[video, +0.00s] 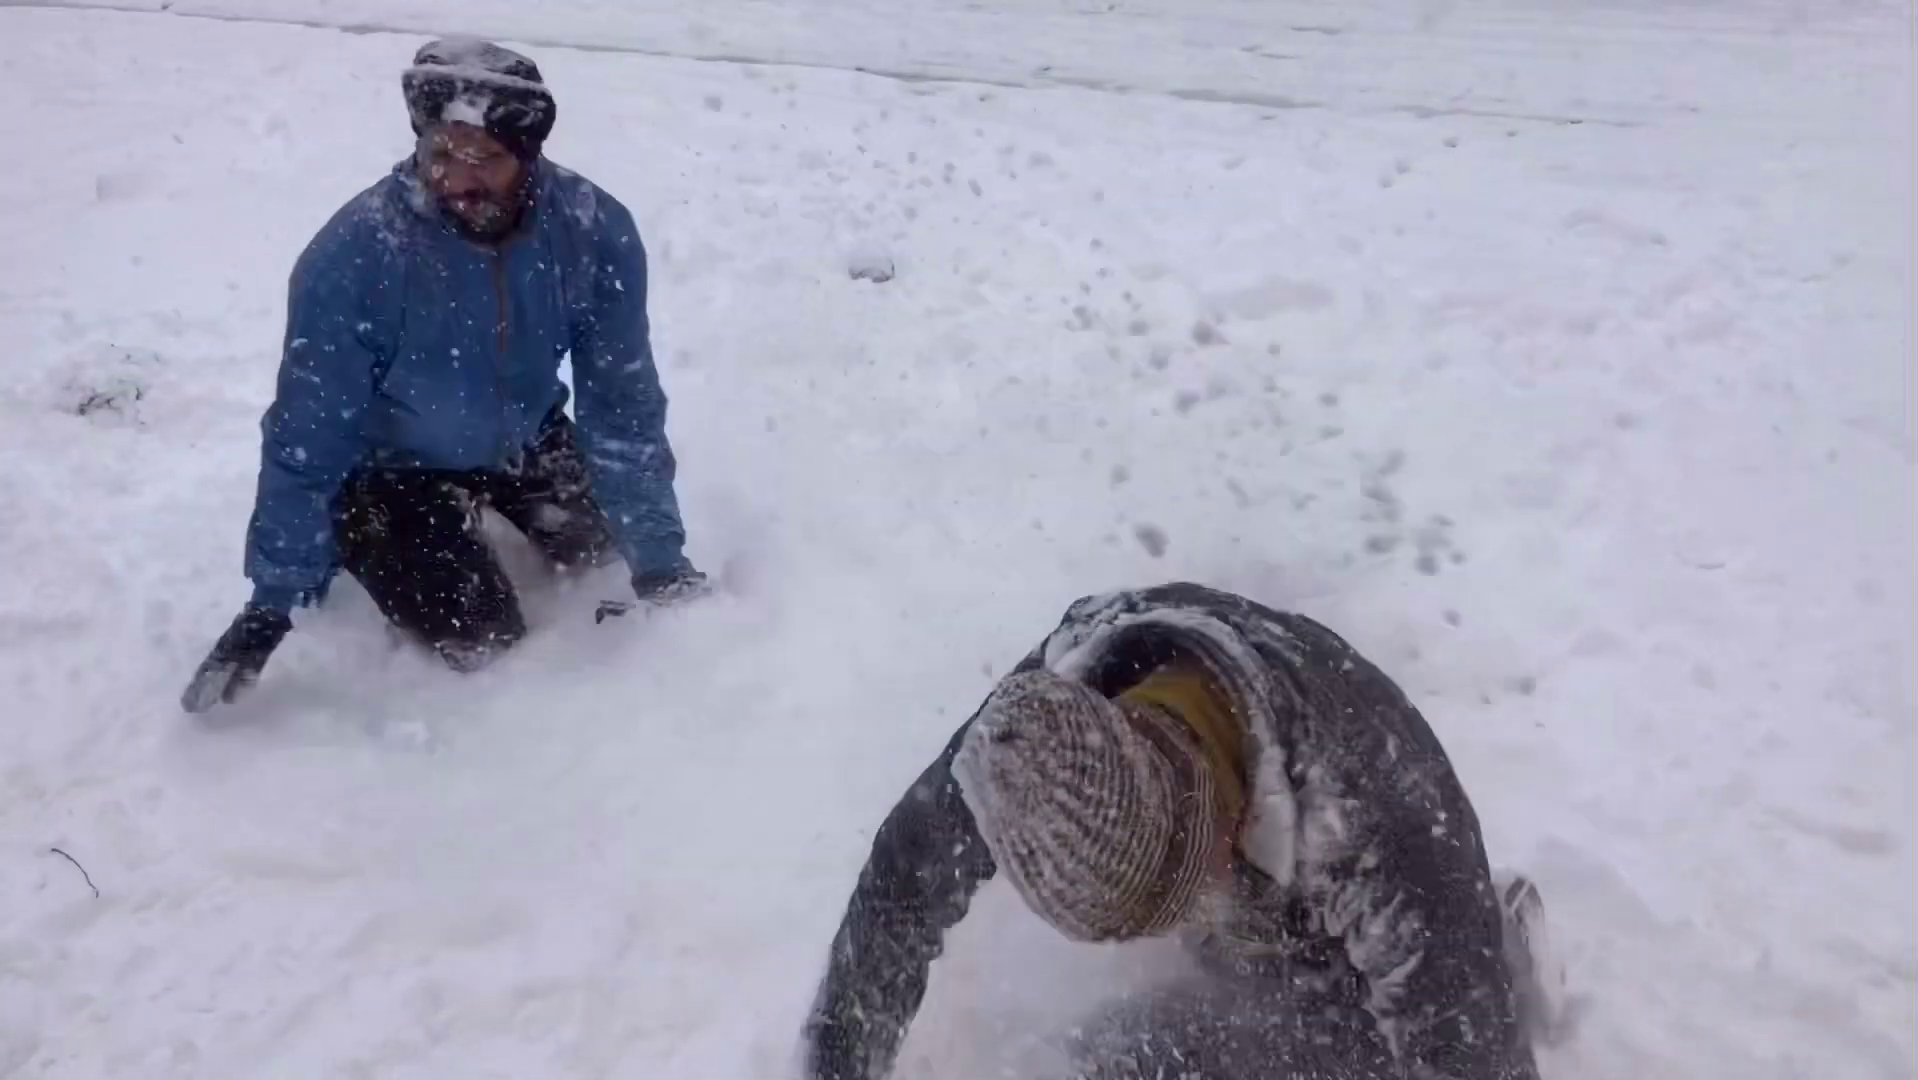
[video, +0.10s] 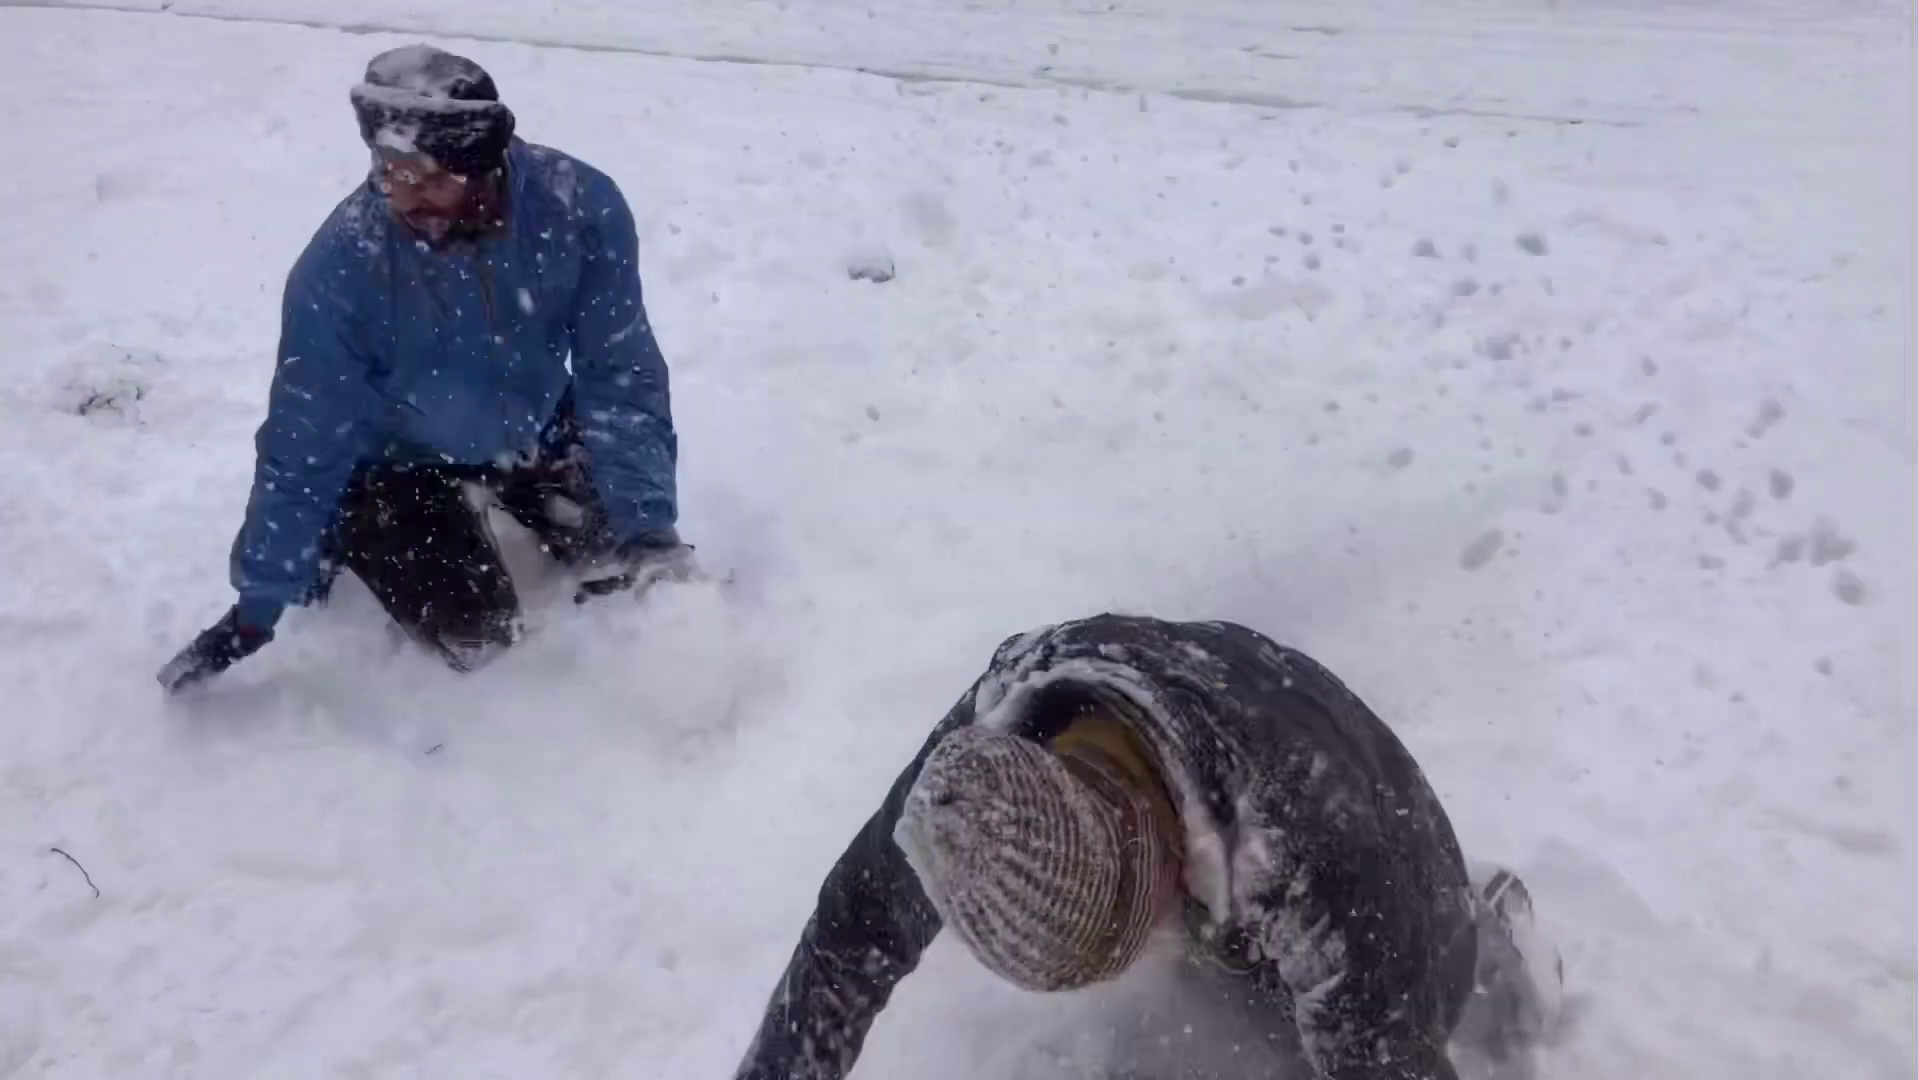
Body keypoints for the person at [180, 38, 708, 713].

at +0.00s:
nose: (463, 180)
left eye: (485, 156)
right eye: (443, 155)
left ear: (529, 150)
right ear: (420, 148)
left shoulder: (593, 231)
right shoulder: (354, 257)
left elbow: (625, 407)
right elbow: (305, 444)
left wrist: (662, 565)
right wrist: (272, 602)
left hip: (523, 436)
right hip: (391, 466)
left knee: (600, 552)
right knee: (485, 636)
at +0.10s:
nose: (400, 197)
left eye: (419, 176)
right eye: (387, 172)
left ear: (479, 161)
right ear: (374, 158)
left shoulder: (582, 212)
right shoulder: (342, 269)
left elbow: (624, 379)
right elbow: (302, 452)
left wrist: (649, 536)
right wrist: (256, 612)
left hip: (533, 426)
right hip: (397, 456)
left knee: (635, 577)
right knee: (480, 632)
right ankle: (347, 519)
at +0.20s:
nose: (332, 224)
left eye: (348, 203)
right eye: (321, 201)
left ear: (404, 178)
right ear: (313, 184)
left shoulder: (542, 169)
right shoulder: (319, 286)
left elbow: (621, 337)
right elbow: (330, 478)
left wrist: (645, 492)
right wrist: (326, 660)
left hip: (549, 417)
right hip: (426, 452)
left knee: (652, 569)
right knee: (471, 624)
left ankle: (526, 484)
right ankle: (333, 559)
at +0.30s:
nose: (324, 245)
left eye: (330, 223)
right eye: (301, 236)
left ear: (363, 176)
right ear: (278, 220)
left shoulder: (488, 129)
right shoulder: (301, 286)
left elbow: (613, 286)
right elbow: (373, 455)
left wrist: (635, 445)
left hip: (563, 405)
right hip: (452, 451)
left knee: (628, 541)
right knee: (494, 623)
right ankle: (371, 534)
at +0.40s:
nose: (318, 242)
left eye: (321, 217)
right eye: (293, 238)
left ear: (344, 164)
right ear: (265, 228)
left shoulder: (454, 109)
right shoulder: (284, 271)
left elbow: (585, 246)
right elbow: (383, 420)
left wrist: (630, 403)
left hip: (578, 410)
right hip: (454, 453)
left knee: (659, 556)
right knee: (494, 633)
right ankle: (397, 508)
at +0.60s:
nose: (319, 215)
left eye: (319, 194)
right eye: (293, 212)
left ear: (339, 143)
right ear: (262, 203)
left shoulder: (432, 92)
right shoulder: (265, 236)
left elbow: (562, 223)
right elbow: (365, 370)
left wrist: (645, 379)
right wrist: (479, 467)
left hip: (582, 393)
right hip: (465, 446)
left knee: (675, 549)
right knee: (484, 644)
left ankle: (562, 478)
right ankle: (440, 513)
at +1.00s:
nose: (388, 187)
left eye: (399, 163)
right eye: (363, 173)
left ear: (426, 117)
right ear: (332, 149)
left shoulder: (513, 108)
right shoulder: (305, 167)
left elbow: (588, 268)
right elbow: (365, 332)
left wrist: (574, 421)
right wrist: (514, 420)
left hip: (600, 411)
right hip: (463, 441)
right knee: (476, 652)